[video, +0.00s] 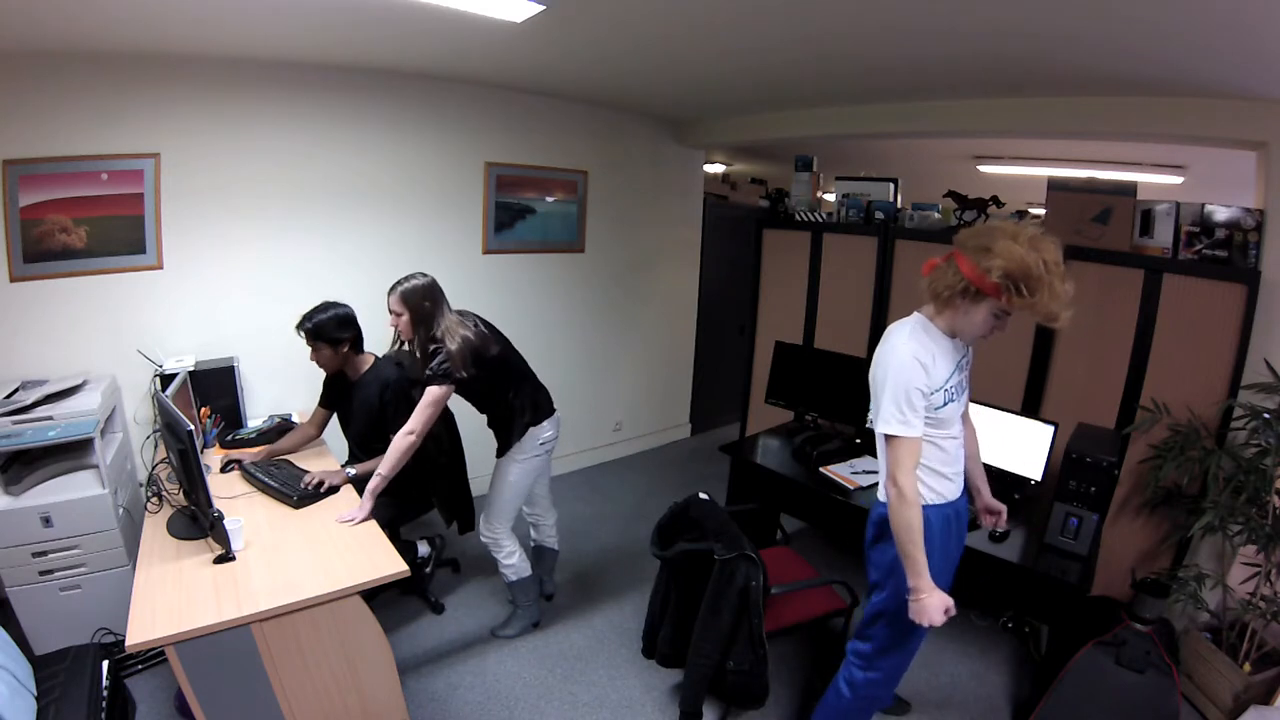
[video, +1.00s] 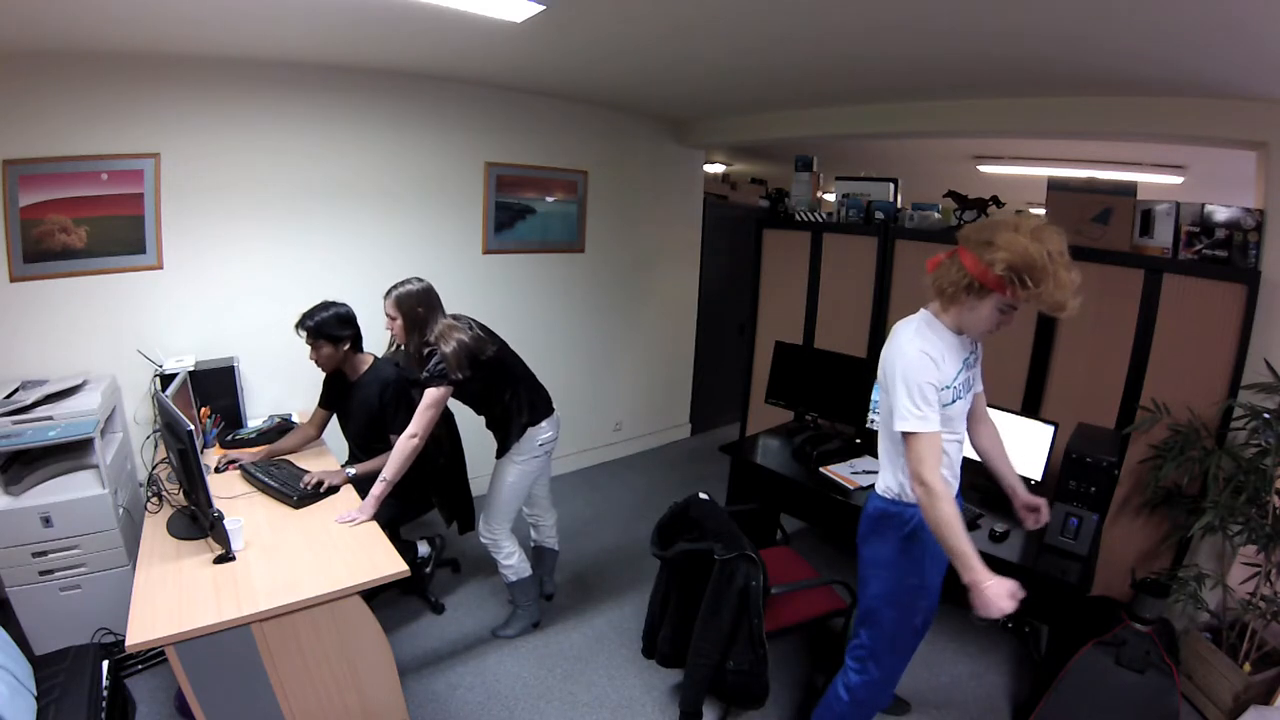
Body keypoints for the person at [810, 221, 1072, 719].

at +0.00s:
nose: (999, 330)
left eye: (1006, 319)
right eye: (998, 316)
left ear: (974, 298)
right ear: (969, 293)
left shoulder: (954, 340)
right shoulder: (905, 356)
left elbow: (960, 419)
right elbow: (900, 484)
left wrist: (980, 491)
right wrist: (920, 586)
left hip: (945, 512)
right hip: (911, 521)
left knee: (908, 616)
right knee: (879, 647)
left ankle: (877, 688)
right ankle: (840, 712)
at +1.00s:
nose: (1006, 324)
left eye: (1013, 313)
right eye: (1005, 310)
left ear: (984, 296)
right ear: (977, 289)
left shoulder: (963, 339)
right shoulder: (914, 352)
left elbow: (977, 417)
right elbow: (925, 481)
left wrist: (1016, 490)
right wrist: (979, 578)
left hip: (935, 512)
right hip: (900, 521)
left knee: (910, 616)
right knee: (873, 658)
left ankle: (875, 689)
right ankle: (835, 714)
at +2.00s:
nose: (1005, 329)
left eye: (1012, 318)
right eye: (1003, 315)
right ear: (973, 293)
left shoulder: (962, 342)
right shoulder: (912, 354)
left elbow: (978, 419)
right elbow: (925, 484)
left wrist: (1021, 490)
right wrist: (980, 579)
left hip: (936, 519)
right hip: (900, 528)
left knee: (912, 626)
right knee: (875, 678)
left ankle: (880, 693)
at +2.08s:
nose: (1002, 330)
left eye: (1009, 319)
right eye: (1001, 316)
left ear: (978, 300)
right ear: (971, 294)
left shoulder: (959, 340)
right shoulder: (909, 357)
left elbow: (967, 417)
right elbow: (910, 488)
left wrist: (993, 493)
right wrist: (940, 584)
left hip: (949, 510)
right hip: (911, 522)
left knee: (911, 617)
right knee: (884, 646)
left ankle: (879, 687)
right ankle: (838, 713)